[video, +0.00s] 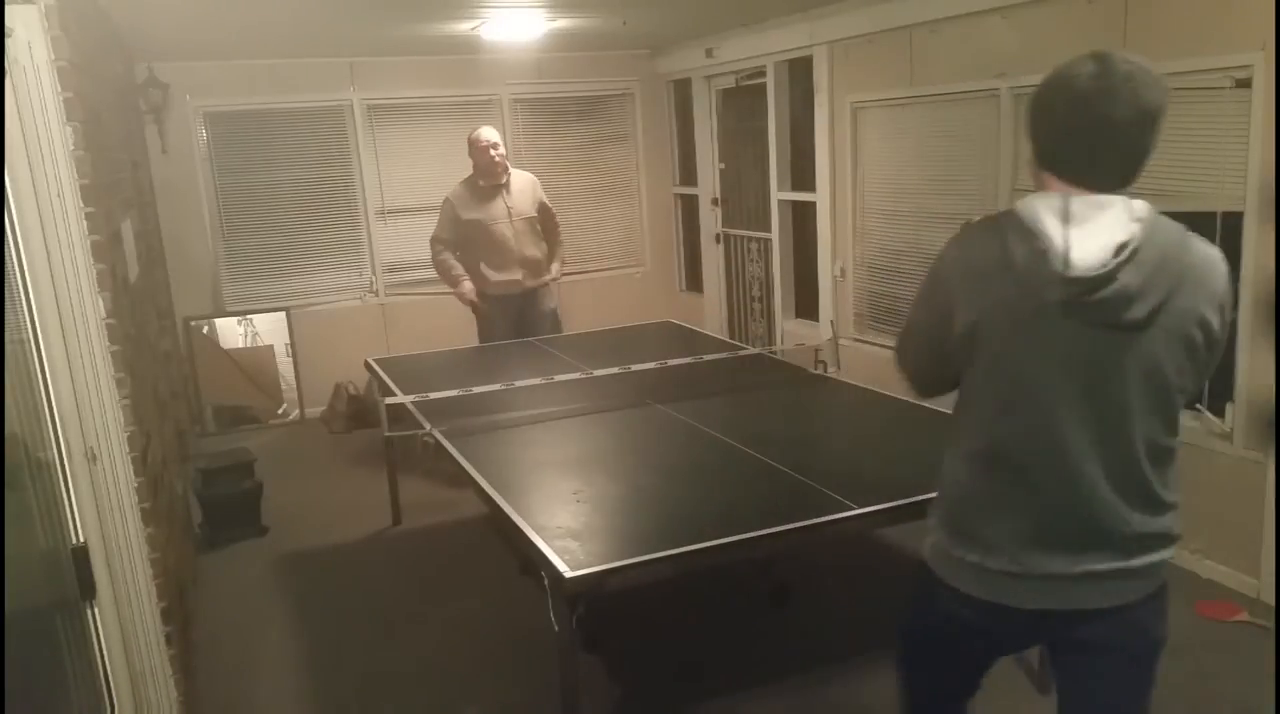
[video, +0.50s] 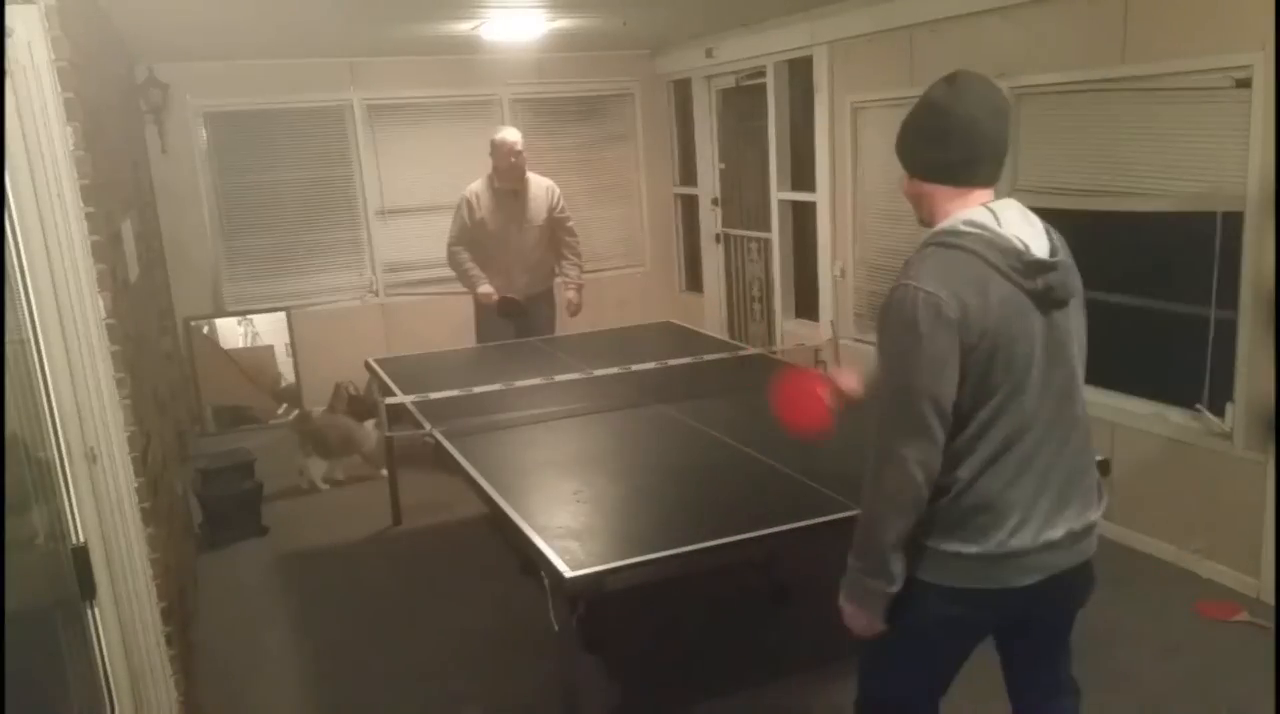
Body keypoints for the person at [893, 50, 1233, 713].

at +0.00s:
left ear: (1037, 143)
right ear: (1142, 155)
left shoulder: (980, 250)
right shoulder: (1203, 269)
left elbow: (922, 370)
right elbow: (1207, 389)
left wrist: (1011, 314)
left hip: (977, 585)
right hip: (1120, 597)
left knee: (931, 697)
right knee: (1109, 706)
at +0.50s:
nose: (903, 184)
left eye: (905, 167)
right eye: (908, 165)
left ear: (913, 176)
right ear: (994, 162)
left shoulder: (932, 286)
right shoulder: (1048, 246)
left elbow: (910, 455)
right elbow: (1001, 370)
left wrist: (867, 581)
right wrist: (876, 385)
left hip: (962, 567)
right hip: (1062, 553)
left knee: (893, 701)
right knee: (1048, 698)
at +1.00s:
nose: (883, 179)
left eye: (883, 166)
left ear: (887, 178)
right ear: (973, 169)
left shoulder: (861, 287)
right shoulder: (1056, 270)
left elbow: (823, 448)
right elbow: (1093, 404)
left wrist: (813, 569)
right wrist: (1077, 468)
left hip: (905, 583)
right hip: (1036, 575)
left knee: (873, 704)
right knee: (1052, 703)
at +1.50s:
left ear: (886, 161)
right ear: (976, 156)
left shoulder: (845, 279)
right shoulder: (1056, 264)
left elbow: (796, 427)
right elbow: (1107, 412)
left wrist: (789, 522)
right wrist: (1070, 490)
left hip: (896, 578)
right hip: (1040, 570)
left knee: (878, 707)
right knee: (1078, 705)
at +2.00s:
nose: (910, 174)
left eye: (912, 161)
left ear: (917, 170)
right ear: (1008, 165)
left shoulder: (881, 288)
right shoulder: (1090, 272)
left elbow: (833, 436)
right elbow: (1131, 412)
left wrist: (844, 517)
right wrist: (1074, 483)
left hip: (926, 584)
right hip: (1068, 579)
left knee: (885, 704)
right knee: (1096, 707)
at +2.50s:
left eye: (908, 182)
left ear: (907, 182)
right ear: (997, 178)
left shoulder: (864, 282)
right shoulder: (1069, 280)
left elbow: (788, 340)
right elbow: (1184, 413)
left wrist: (797, 343)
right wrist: (1237, 531)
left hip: (899, 581)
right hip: (1040, 580)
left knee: (851, 700)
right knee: (1095, 702)